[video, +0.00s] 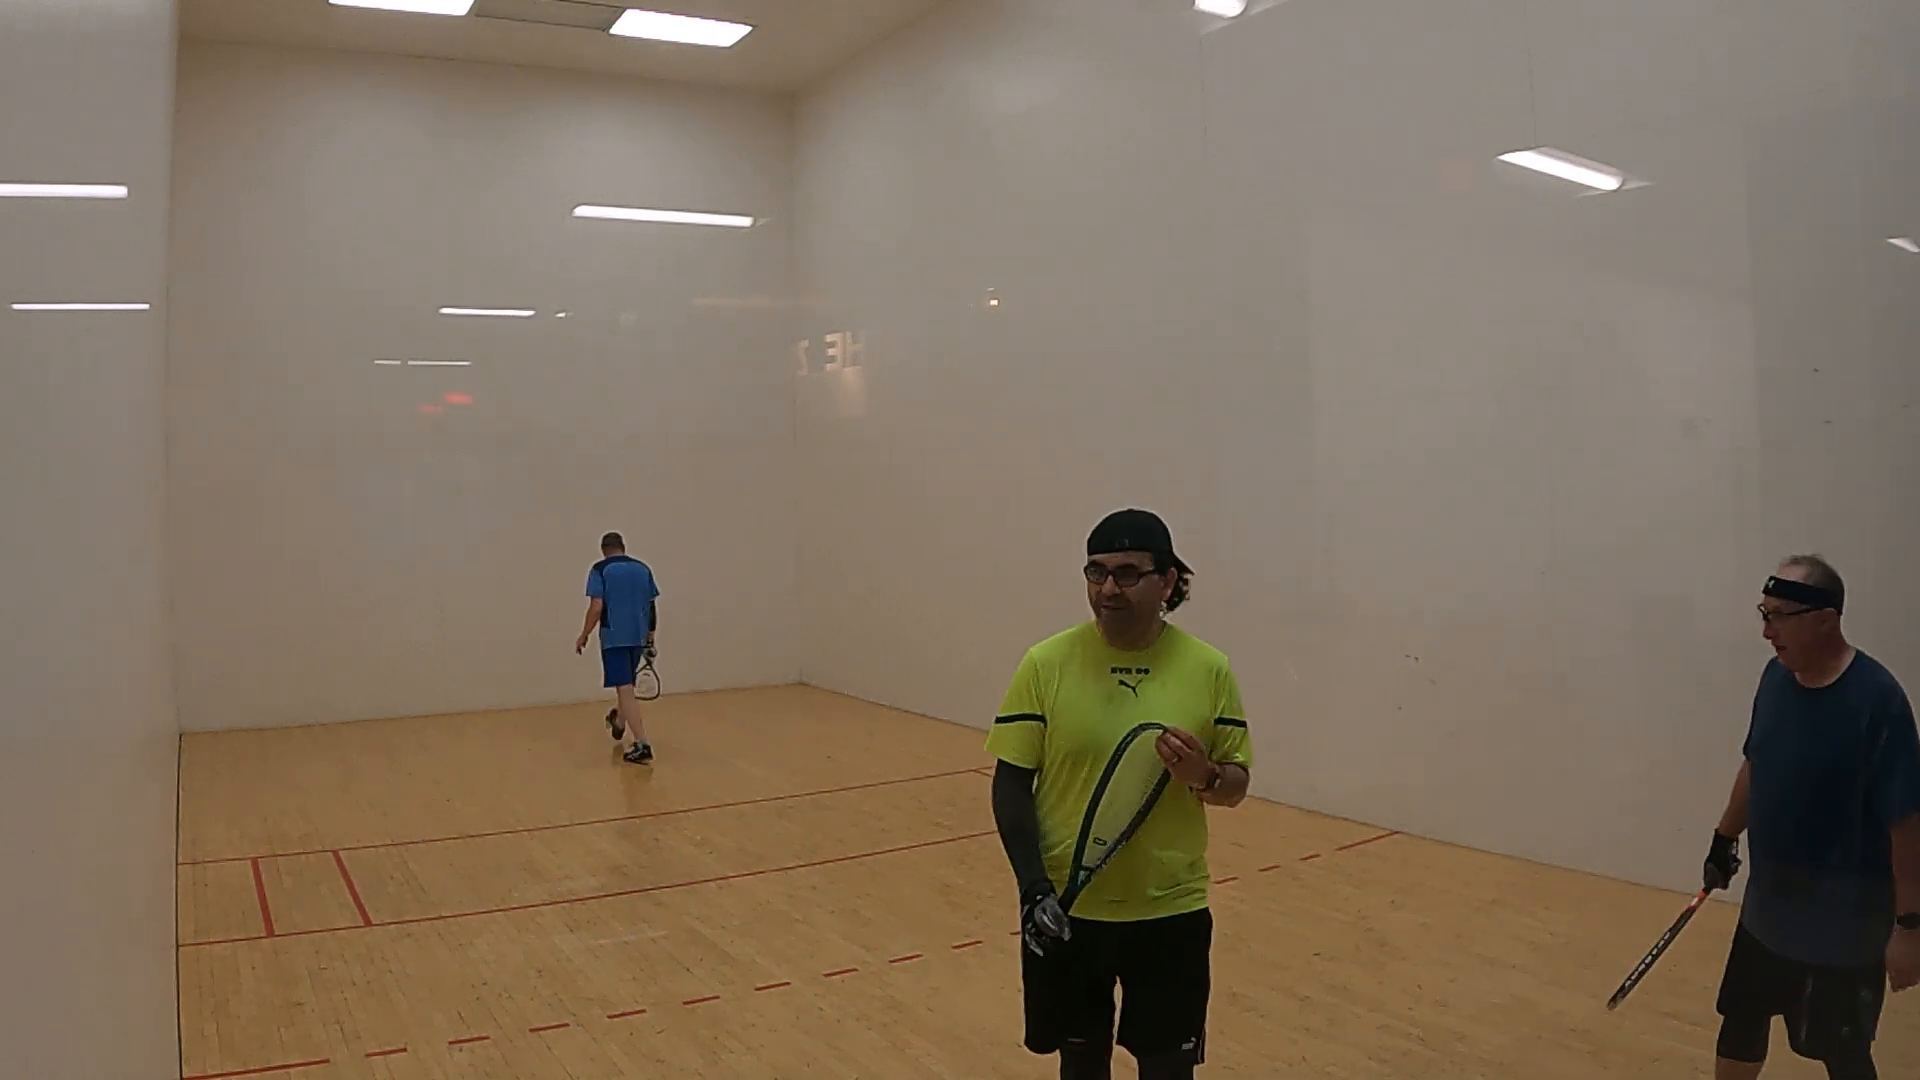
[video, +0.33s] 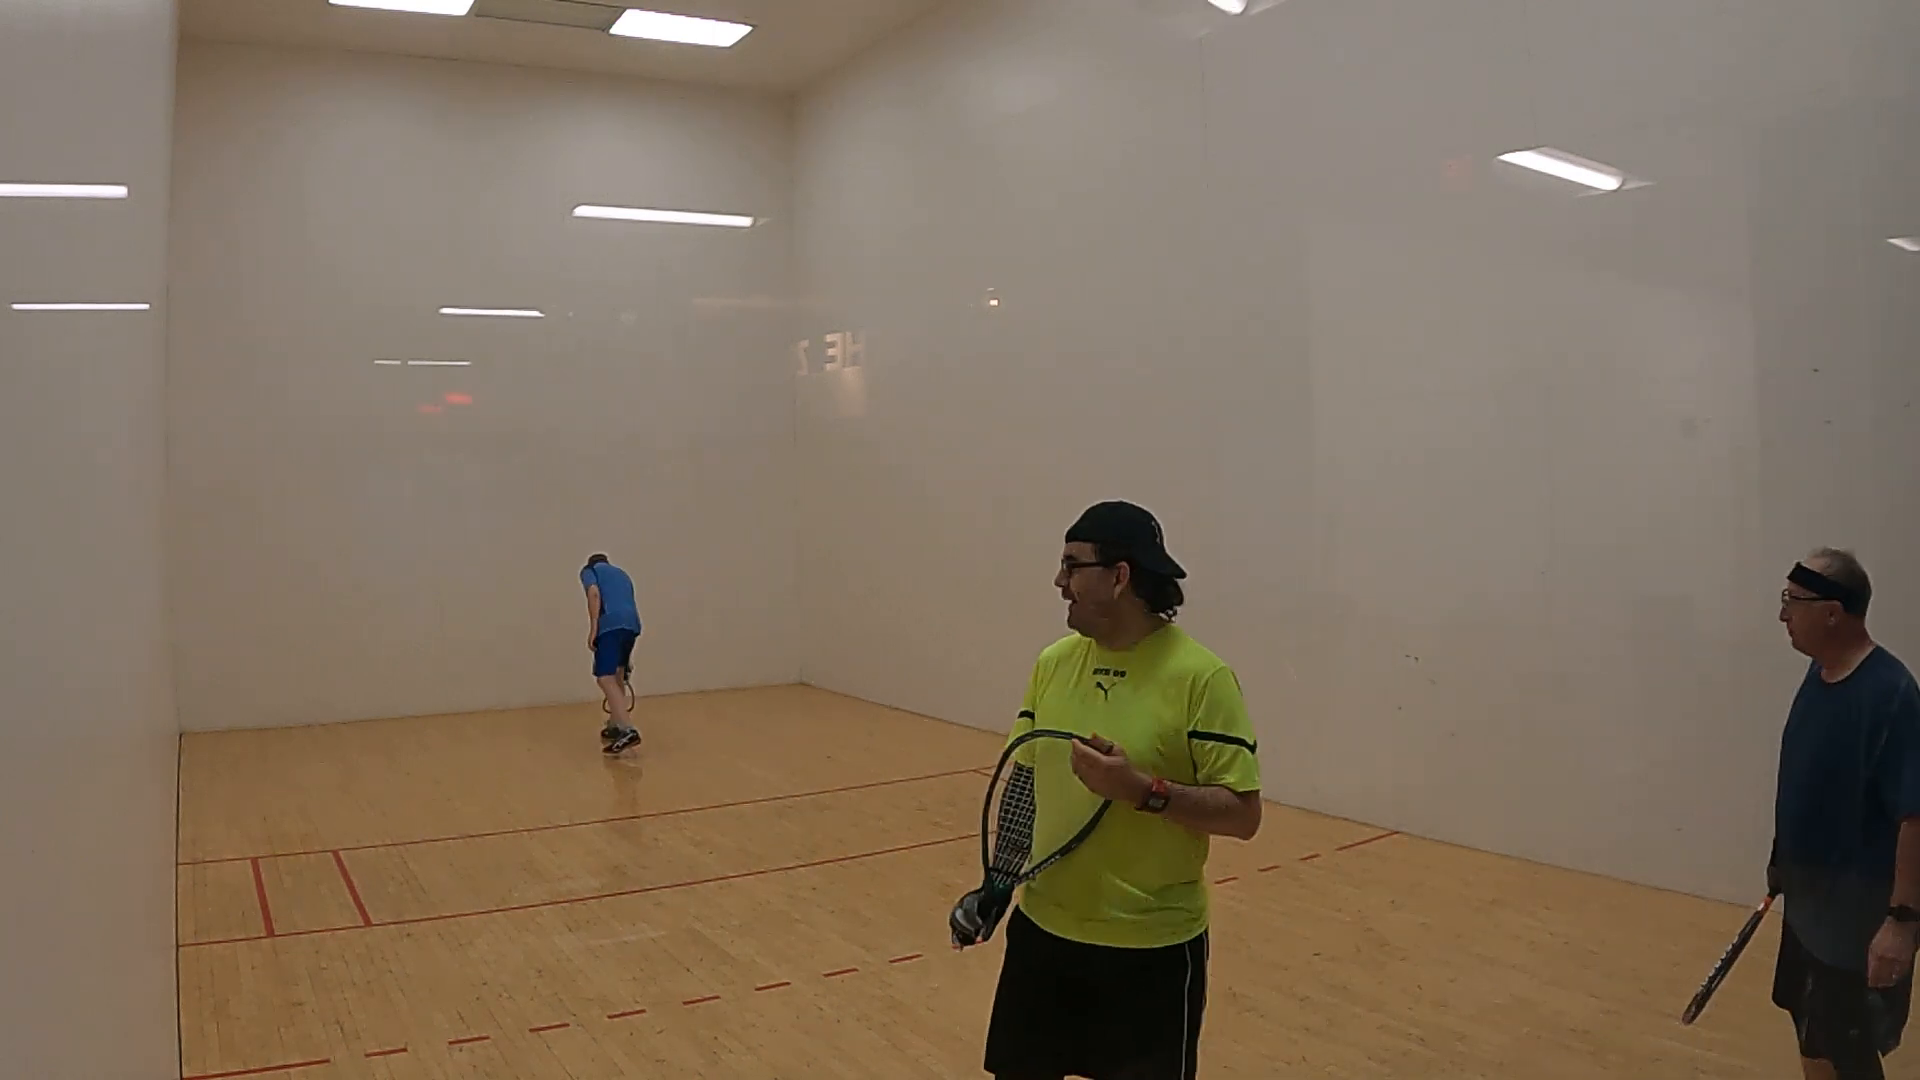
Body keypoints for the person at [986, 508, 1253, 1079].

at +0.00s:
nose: (1109, 587)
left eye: (1130, 573)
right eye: (1098, 572)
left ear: (1169, 582)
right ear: (1086, 578)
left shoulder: (1207, 670)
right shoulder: (1046, 666)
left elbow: (1235, 785)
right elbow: (1011, 787)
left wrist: (1207, 777)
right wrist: (1034, 890)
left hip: (1170, 914)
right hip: (1069, 912)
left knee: (1168, 1067)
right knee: (1081, 1061)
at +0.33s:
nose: (1059, 581)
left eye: (1073, 565)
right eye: (1062, 565)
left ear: (1120, 576)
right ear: (1114, 577)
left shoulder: (1201, 678)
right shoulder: (1056, 662)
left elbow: (1242, 813)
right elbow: (1025, 787)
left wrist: (1139, 791)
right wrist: (995, 887)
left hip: (1149, 952)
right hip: (1043, 935)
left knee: (1147, 1073)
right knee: (1018, 1069)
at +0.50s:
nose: (1031, 583)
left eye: (1040, 567)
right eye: (1035, 567)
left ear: (1076, 578)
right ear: (1076, 578)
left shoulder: (1163, 680)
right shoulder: (1048, 671)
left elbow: (1198, 827)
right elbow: (1028, 811)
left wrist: (1077, 797)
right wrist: (975, 898)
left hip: (1121, 967)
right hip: (1031, 948)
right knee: (1017, 1071)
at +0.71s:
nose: (1006, 591)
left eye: (1008, 574)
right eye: (1007, 575)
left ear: (1028, 581)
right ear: (1084, 581)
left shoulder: (1109, 678)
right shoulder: (1069, 669)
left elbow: (1123, 835)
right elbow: (1051, 813)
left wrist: (998, 798)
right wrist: (976, 893)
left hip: (1074, 965)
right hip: (1041, 950)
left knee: (1048, 1077)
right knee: (1016, 1071)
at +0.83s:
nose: (997, 596)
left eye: (997, 579)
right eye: (997, 580)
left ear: (1016, 586)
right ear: (1079, 581)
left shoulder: (1070, 681)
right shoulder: (1096, 663)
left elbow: (1053, 843)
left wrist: (959, 789)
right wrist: (983, 890)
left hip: (1052, 967)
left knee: (998, 1073)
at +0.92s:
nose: (991, 604)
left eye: (989, 586)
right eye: (990, 587)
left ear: (1004, 589)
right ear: (1070, 584)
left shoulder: (1042, 687)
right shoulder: (1103, 663)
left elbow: (992, 848)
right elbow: (1080, 809)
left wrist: (949, 780)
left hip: (1037, 975)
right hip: (1102, 952)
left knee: (990, 1074)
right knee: (1054, 1071)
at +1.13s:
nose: (969, 605)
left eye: (968, 592)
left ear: (975, 596)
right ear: (1062, 589)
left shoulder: (971, 692)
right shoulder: (1115, 675)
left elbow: (907, 835)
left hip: (1006, 991)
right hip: (1109, 973)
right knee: (1075, 1072)